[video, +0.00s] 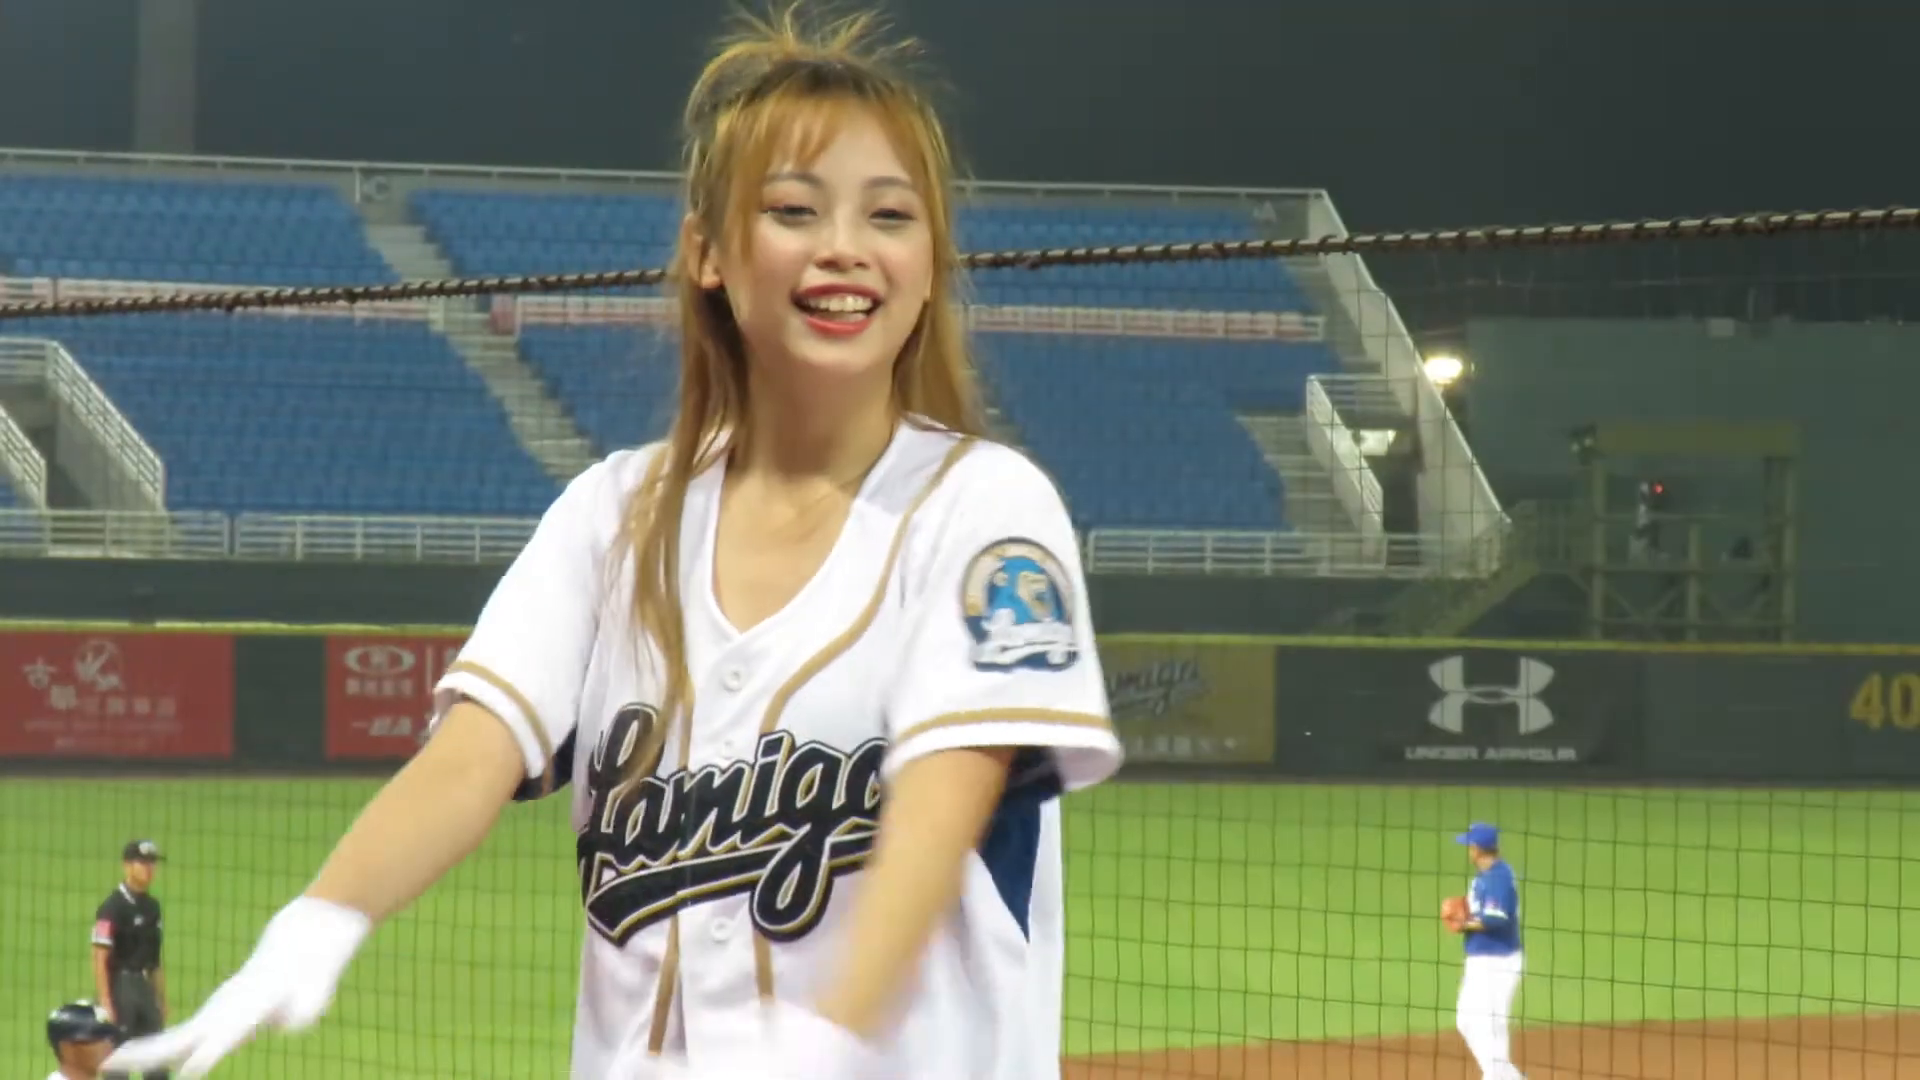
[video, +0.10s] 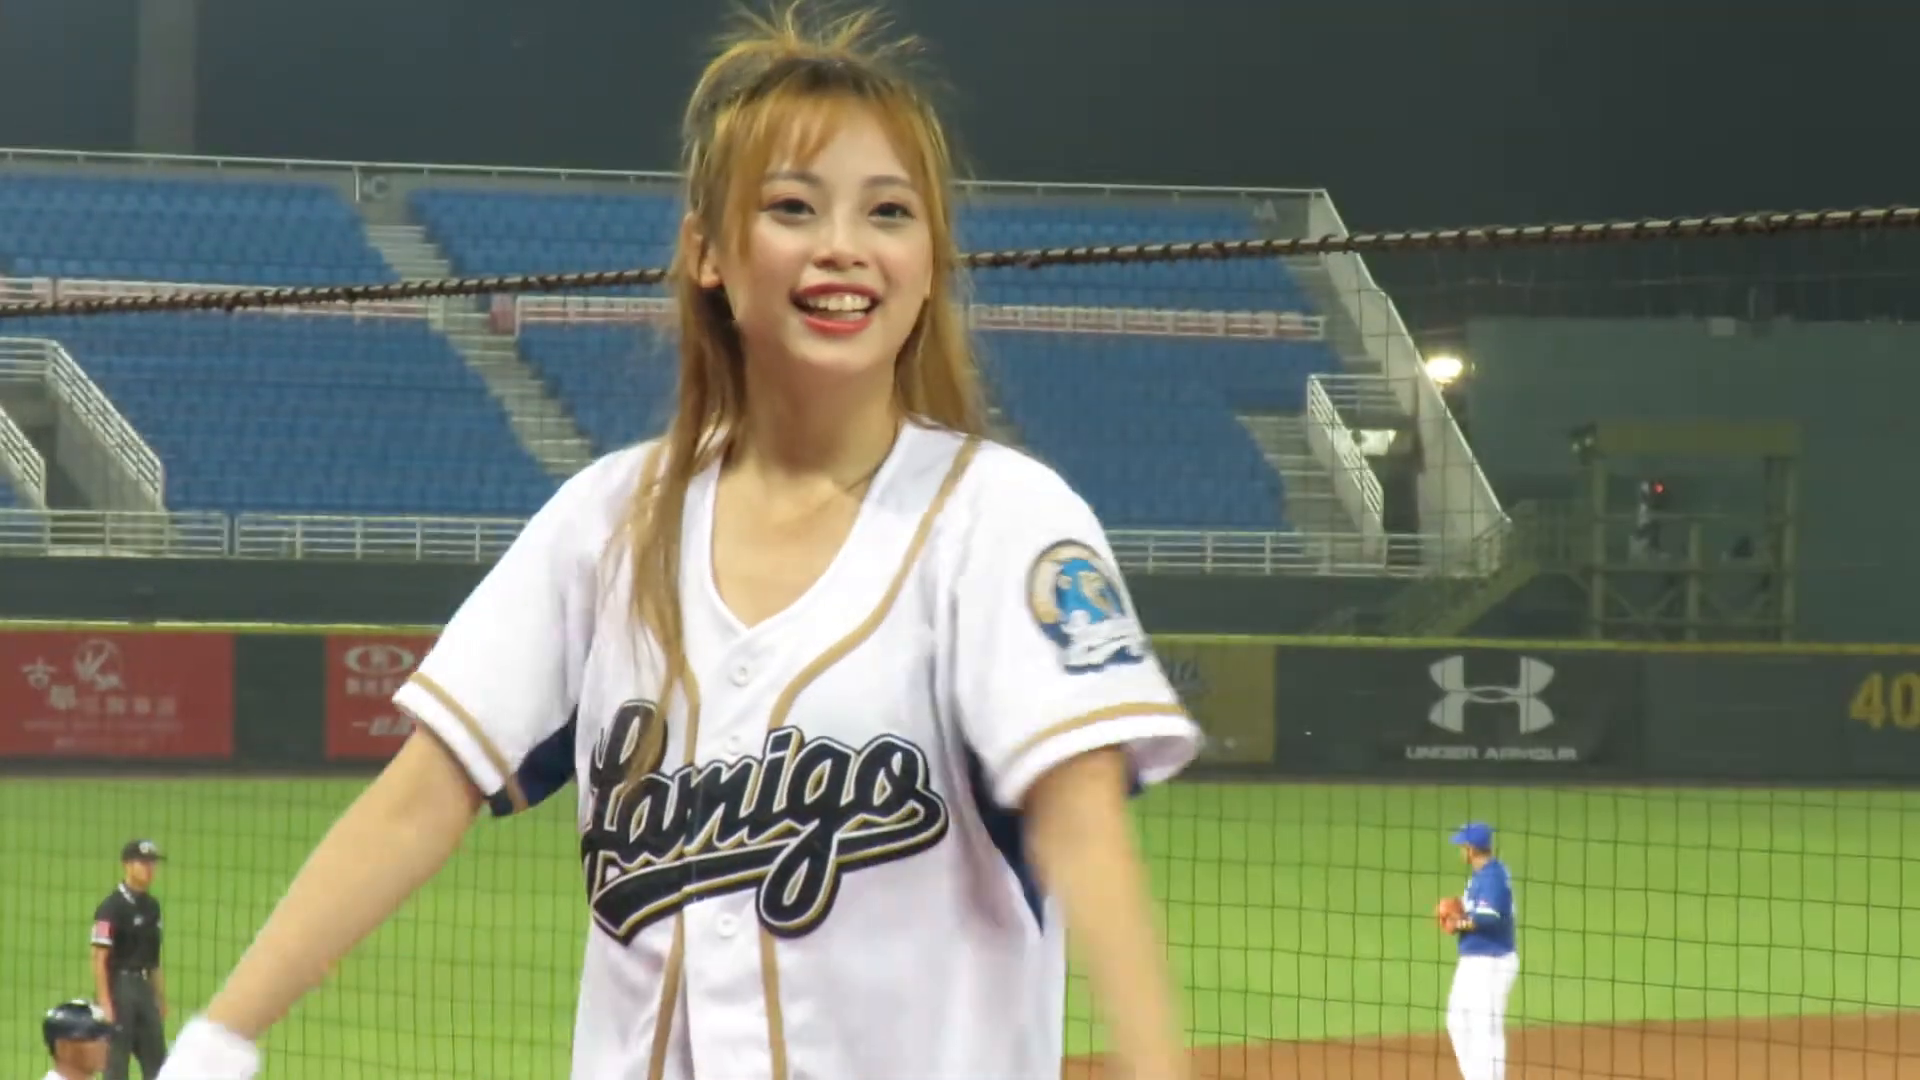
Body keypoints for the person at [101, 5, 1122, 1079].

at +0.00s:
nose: (847, 248)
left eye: (888, 214)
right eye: (797, 210)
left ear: (933, 260)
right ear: (714, 255)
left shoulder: (987, 505)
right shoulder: (614, 509)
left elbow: (936, 815)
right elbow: (474, 750)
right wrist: (320, 926)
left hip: (905, 1049)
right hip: (645, 1054)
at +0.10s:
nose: (843, 248)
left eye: (885, 211)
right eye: (795, 208)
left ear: (937, 261)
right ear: (716, 256)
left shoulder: (1003, 517)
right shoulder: (606, 518)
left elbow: (1085, 827)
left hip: (925, 1061)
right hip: (648, 1061)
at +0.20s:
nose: (836, 244)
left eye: (881, 209)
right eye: (787, 204)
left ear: (929, 260)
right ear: (706, 251)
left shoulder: (1017, 524)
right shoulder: (601, 521)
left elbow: (1219, 833)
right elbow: (432, 816)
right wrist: (279, 1061)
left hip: (935, 1063)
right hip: (645, 1061)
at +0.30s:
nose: (830, 242)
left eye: (874, 207)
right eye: (780, 201)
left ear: (919, 260)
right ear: (697, 250)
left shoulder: (1025, 522)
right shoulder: (597, 521)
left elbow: (1231, 799)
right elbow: (510, 833)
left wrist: (1397, 1057)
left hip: (945, 1064)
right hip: (643, 1060)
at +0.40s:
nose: (831, 251)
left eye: (874, 214)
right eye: (782, 208)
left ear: (915, 265)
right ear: (690, 255)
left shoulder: (1021, 529)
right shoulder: (597, 523)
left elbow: (1196, 789)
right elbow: (621, 834)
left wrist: (1227, 1043)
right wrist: (710, 1027)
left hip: (958, 1059)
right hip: (657, 1055)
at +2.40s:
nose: (676, 249)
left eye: (705, 215)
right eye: (692, 213)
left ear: (806, 263)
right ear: (797, 263)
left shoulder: (1002, 533)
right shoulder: (704, 497)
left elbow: (1139, 883)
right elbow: (700, 847)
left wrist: (1092, 1073)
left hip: (925, 1059)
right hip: (676, 1056)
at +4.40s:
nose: (686, 258)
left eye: (701, 222)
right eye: (695, 220)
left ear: (775, 260)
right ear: (777, 260)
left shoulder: (931, 526)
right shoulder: (782, 505)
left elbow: (1091, 893)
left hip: (886, 1056)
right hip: (733, 1049)